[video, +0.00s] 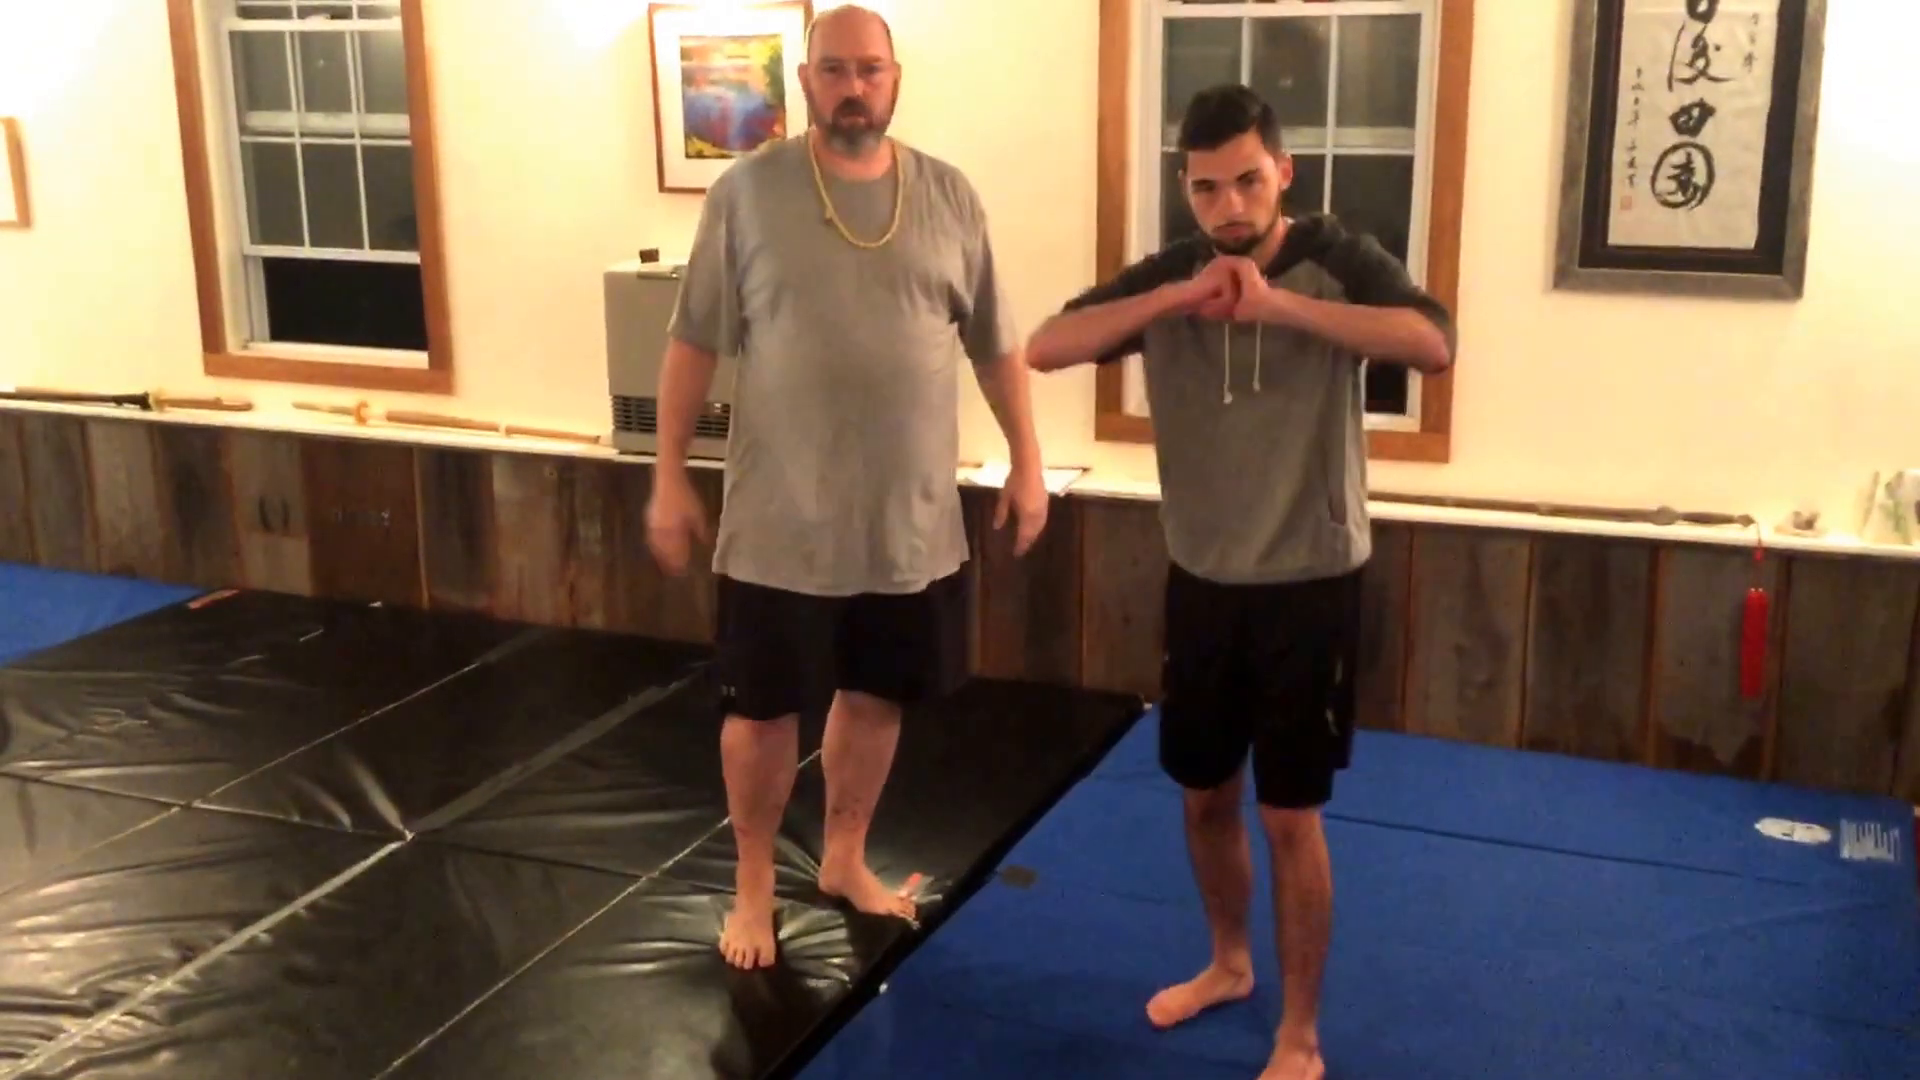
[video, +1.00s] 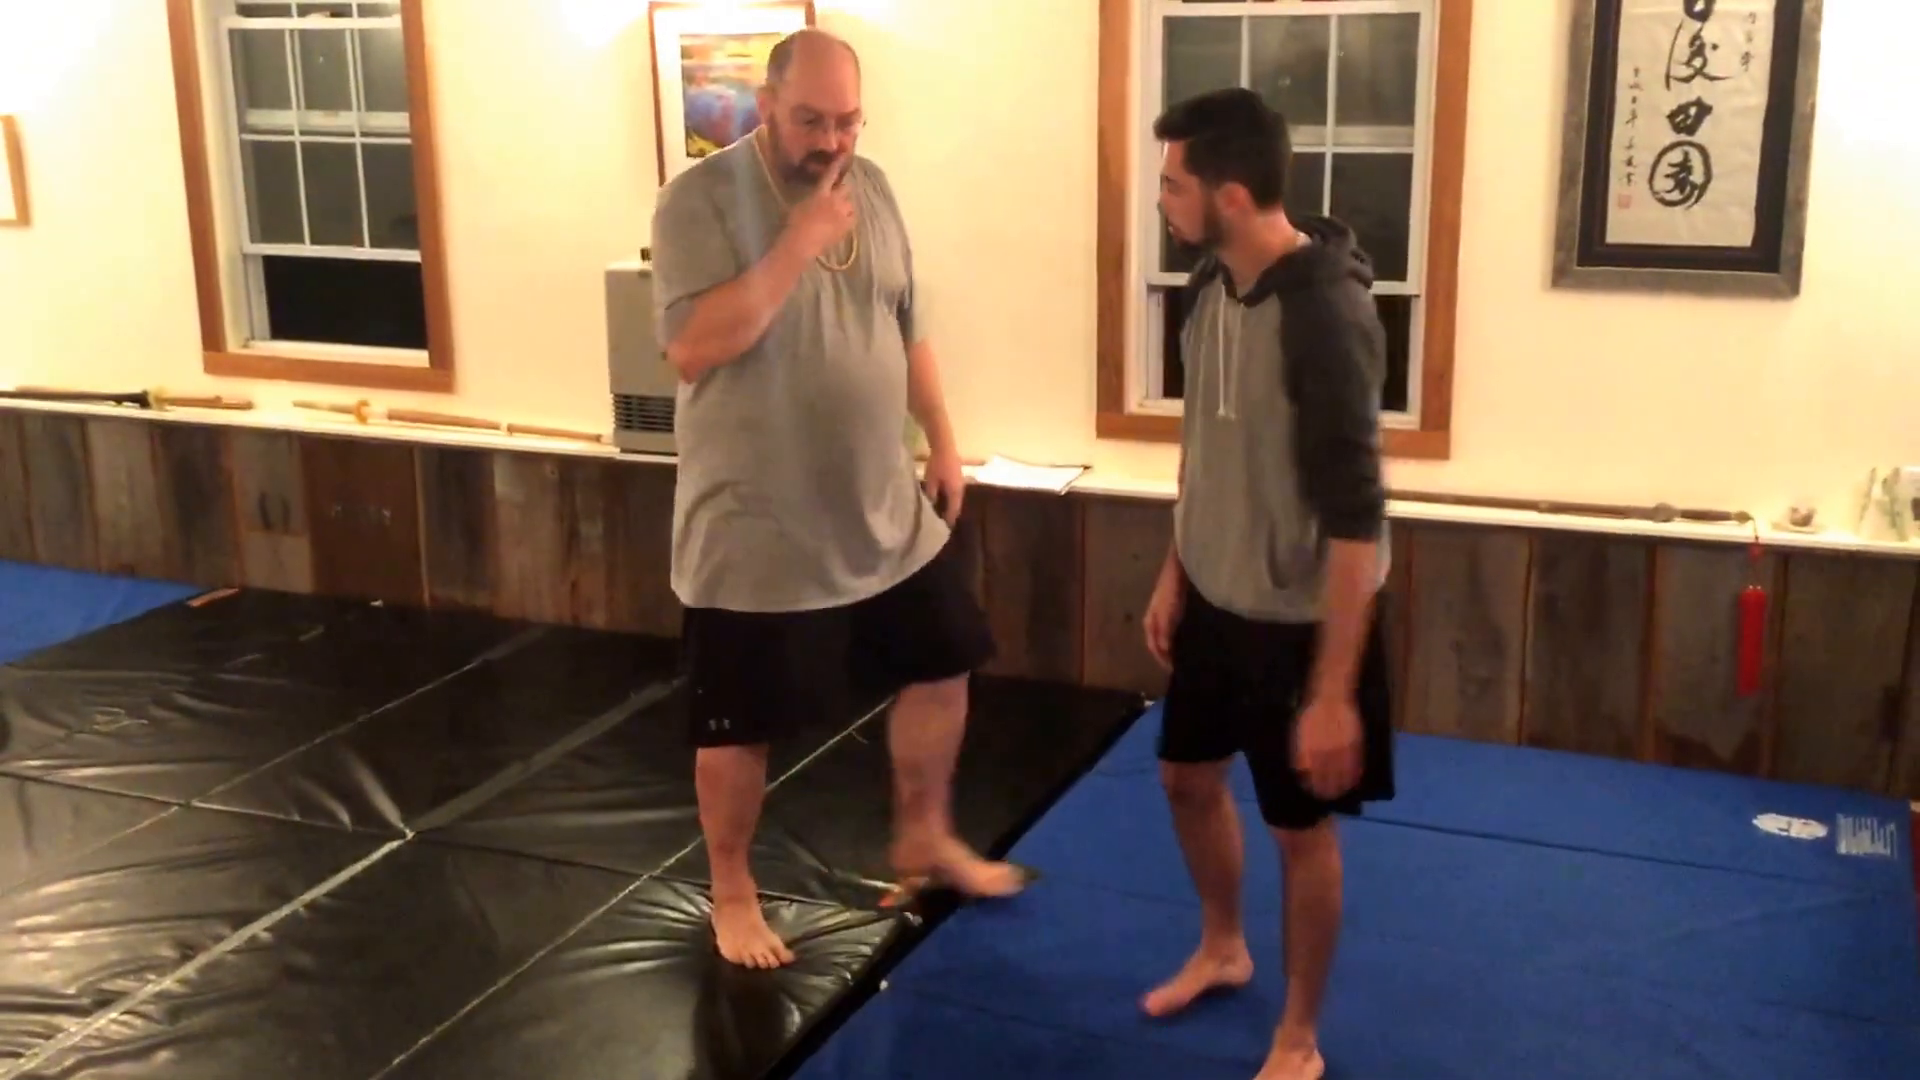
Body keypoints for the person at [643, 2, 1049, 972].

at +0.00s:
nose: (853, 88)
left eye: (870, 70)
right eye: (834, 70)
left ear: (898, 78)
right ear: (805, 78)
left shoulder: (947, 196)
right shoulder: (746, 192)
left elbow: (993, 340)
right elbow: (694, 340)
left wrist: (1028, 463)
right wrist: (668, 478)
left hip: (907, 509)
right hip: (778, 508)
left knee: (878, 695)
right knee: (761, 710)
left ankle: (846, 862)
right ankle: (752, 888)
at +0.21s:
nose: (848, 90)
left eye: (866, 72)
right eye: (829, 71)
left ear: (894, 80)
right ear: (802, 79)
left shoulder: (946, 197)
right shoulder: (742, 194)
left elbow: (1000, 338)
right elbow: (687, 339)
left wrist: (1040, 454)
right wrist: (648, 471)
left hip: (905, 510)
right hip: (774, 508)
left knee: (877, 699)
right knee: (754, 702)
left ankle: (847, 862)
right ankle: (739, 878)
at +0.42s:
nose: (846, 100)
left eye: (862, 82)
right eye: (825, 82)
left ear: (883, 85)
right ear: (790, 84)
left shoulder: (929, 196)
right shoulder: (724, 197)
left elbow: (985, 336)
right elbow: (675, 344)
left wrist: (1029, 456)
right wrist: (668, 476)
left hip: (896, 510)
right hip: (768, 513)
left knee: (875, 697)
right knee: (755, 711)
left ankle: (846, 863)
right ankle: (734, 885)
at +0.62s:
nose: (833, 121)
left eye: (847, 101)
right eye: (812, 102)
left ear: (862, 96)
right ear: (767, 96)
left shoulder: (893, 191)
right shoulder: (692, 200)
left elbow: (944, 330)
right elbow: (639, 347)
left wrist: (989, 448)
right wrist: (733, 369)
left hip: (874, 513)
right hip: (747, 518)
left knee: (874, 697)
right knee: (736, 719)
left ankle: (845, 860)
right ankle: (733, 895)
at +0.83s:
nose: (817, 139)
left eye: (832, 118)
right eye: (796, 119)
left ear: (847, 106)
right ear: (751, 106)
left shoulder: (868, 188)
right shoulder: (685, 203)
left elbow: (914, 330)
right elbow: (644, 355)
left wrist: (957, 445)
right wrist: (764, 255)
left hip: (871, 507)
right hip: (739, 518)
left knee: (914, 672)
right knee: (730, 721)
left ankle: (855, 836)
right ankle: (732, 893)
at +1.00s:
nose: (833, 140)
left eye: (846, 120)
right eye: (812, 119)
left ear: (860, 109)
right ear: (764, 103)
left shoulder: (871, 191)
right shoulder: (696, 201)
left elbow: (908, 331)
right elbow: (690, 349)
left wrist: (943, 444)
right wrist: (794, 247)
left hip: (878, 493)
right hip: (748, 508)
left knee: (941, 661)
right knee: (735, 719)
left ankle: (922, 838)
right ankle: (732, 890)